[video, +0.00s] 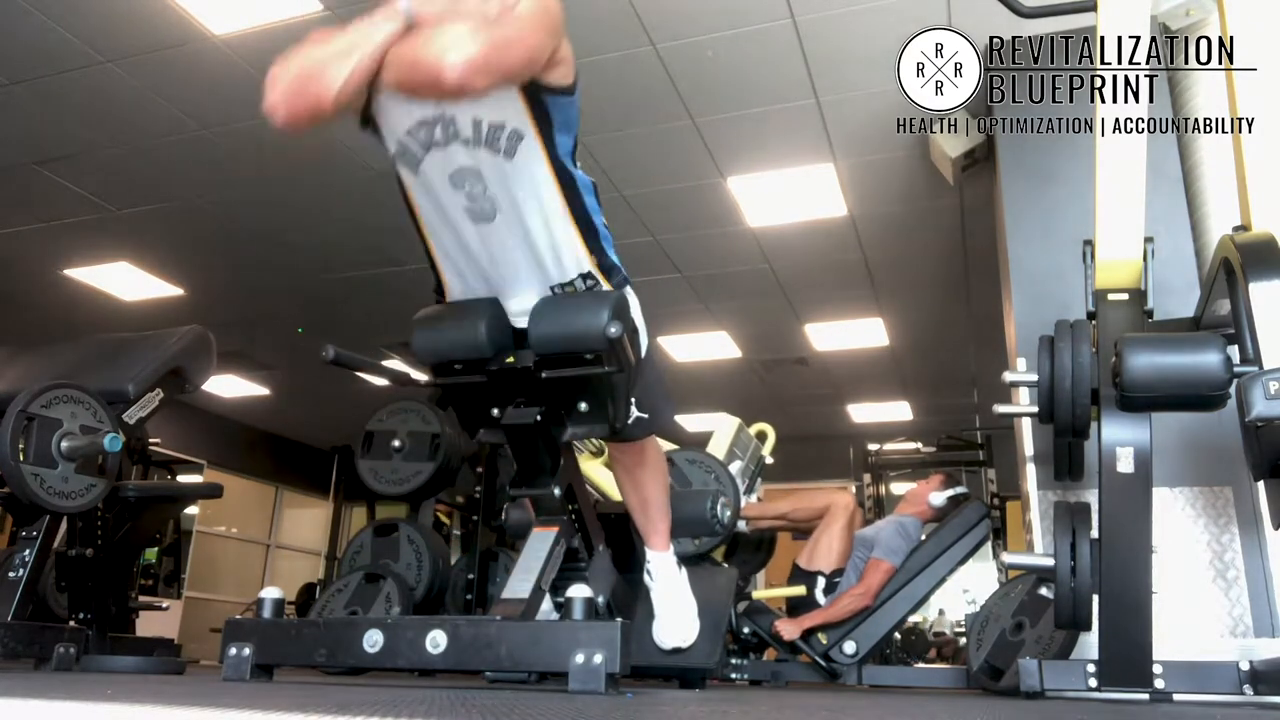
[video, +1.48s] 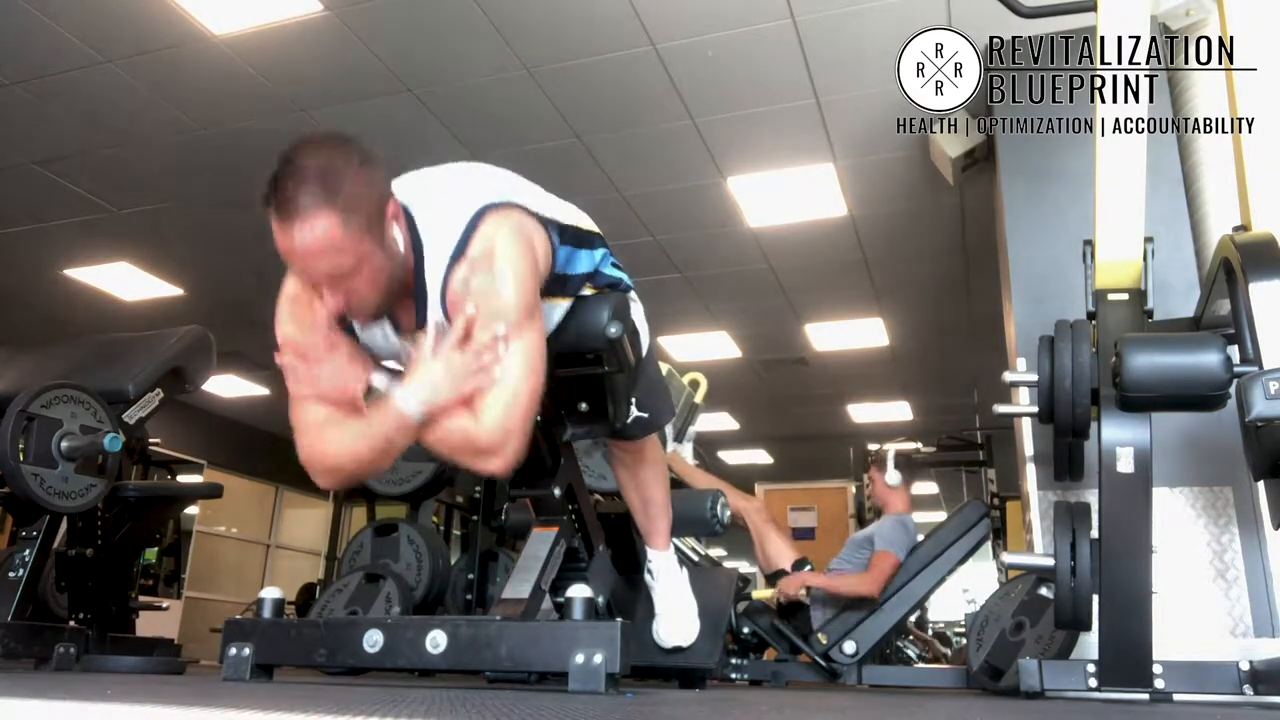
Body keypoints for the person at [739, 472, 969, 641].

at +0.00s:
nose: (917, 482)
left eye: (927, 481)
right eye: (926, 479)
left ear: (933, 497)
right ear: (934, 500)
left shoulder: (899, 528)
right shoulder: (904, 527)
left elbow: (865, 595)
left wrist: (801, 624)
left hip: (816, 605)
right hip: (820, 602)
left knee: (843, 500)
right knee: (843, 504)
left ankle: (739, 509)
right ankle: (750, 519)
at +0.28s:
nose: (917, 478)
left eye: (928, 480)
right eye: (925, 474)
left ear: (936, 505)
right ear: (932, 506)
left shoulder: (899, 530)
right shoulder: (902, 525)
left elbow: (865, 595)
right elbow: (865, 592)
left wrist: (800, 623)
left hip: (817, 607)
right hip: (823, 599)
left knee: (833, 498)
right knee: (838, 499)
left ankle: (730, 501)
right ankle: (743, 512)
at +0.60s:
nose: (910, 478)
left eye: (922, 479)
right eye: (916, 473)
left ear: (935, 501)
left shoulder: (900, 531)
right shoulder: (902, 525)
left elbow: (864, 595)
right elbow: (865, 592)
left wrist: (801, 623)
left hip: (815, 606)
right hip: (820, 599)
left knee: (817, 498)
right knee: (813, 502)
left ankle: (720, 490)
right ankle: (727, 499)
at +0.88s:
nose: (897, 479)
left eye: (907, 476)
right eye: (901, 473)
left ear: (925, 493)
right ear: (920, 494)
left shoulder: (897, 529)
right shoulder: (905, 527)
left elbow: (865, 596)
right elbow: (867, 592)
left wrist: (801, 624)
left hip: (813, 604)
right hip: (817, 598)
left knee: (802, 497)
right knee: (798, 502)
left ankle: (706, 478)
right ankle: (723, 490)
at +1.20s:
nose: (878, 483)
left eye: (884, 477)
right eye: (880, 476)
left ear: (904, 484)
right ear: (906, 485)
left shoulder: (894, 528)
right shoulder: (898, 527)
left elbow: (870, 597)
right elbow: (870, 595)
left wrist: (806, 622)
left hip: (814, 607)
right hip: (818, 602)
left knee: (763, 503)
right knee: (766, 505)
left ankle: (678, 461)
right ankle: (689, 467)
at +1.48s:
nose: (870, 487)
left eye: (872, 480)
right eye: (870, 480)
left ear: (886, 478)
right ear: (898, 479)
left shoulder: (895, 526)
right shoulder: (896, 524)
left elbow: (871, 586)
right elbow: (870, 583)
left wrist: (805, 579)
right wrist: (810, 579)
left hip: (817, 613)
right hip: (820, 605)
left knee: (753, 508)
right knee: (754, 510)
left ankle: (672, 459)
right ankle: (682, 464)